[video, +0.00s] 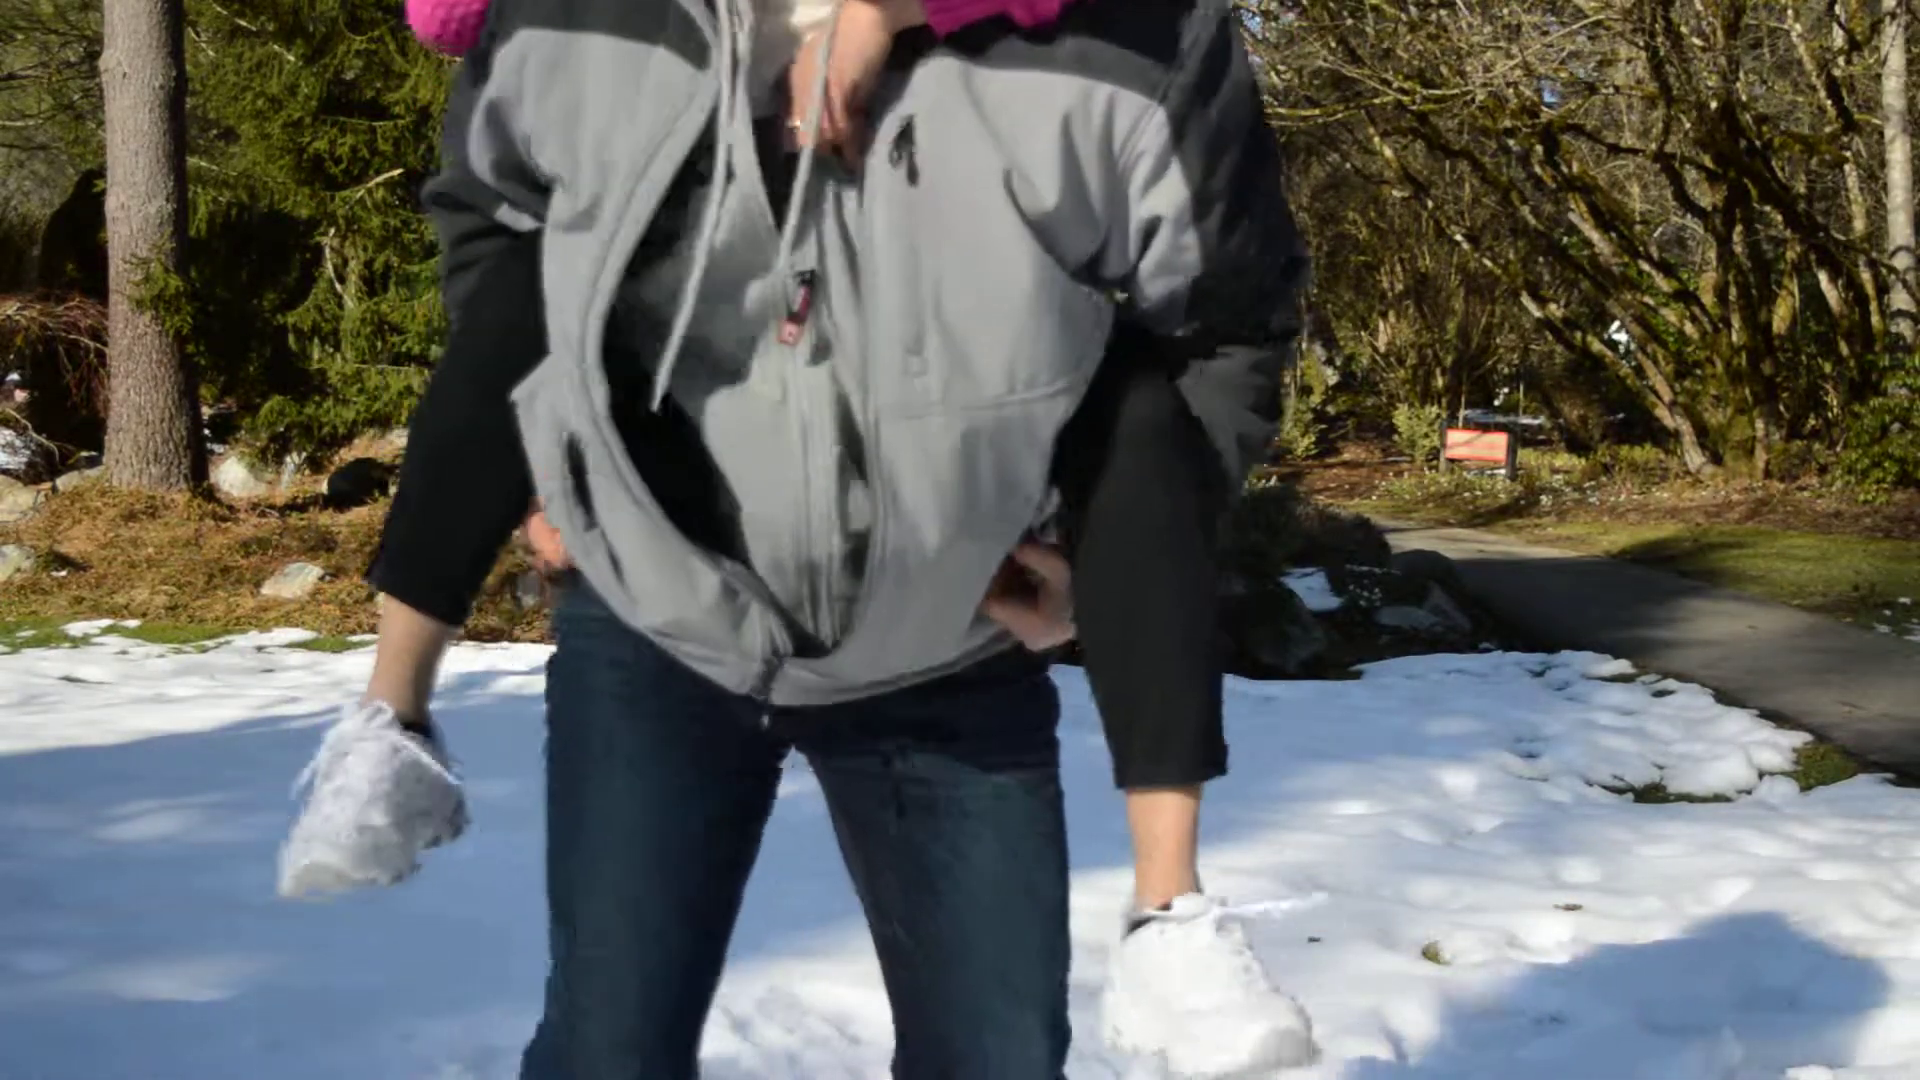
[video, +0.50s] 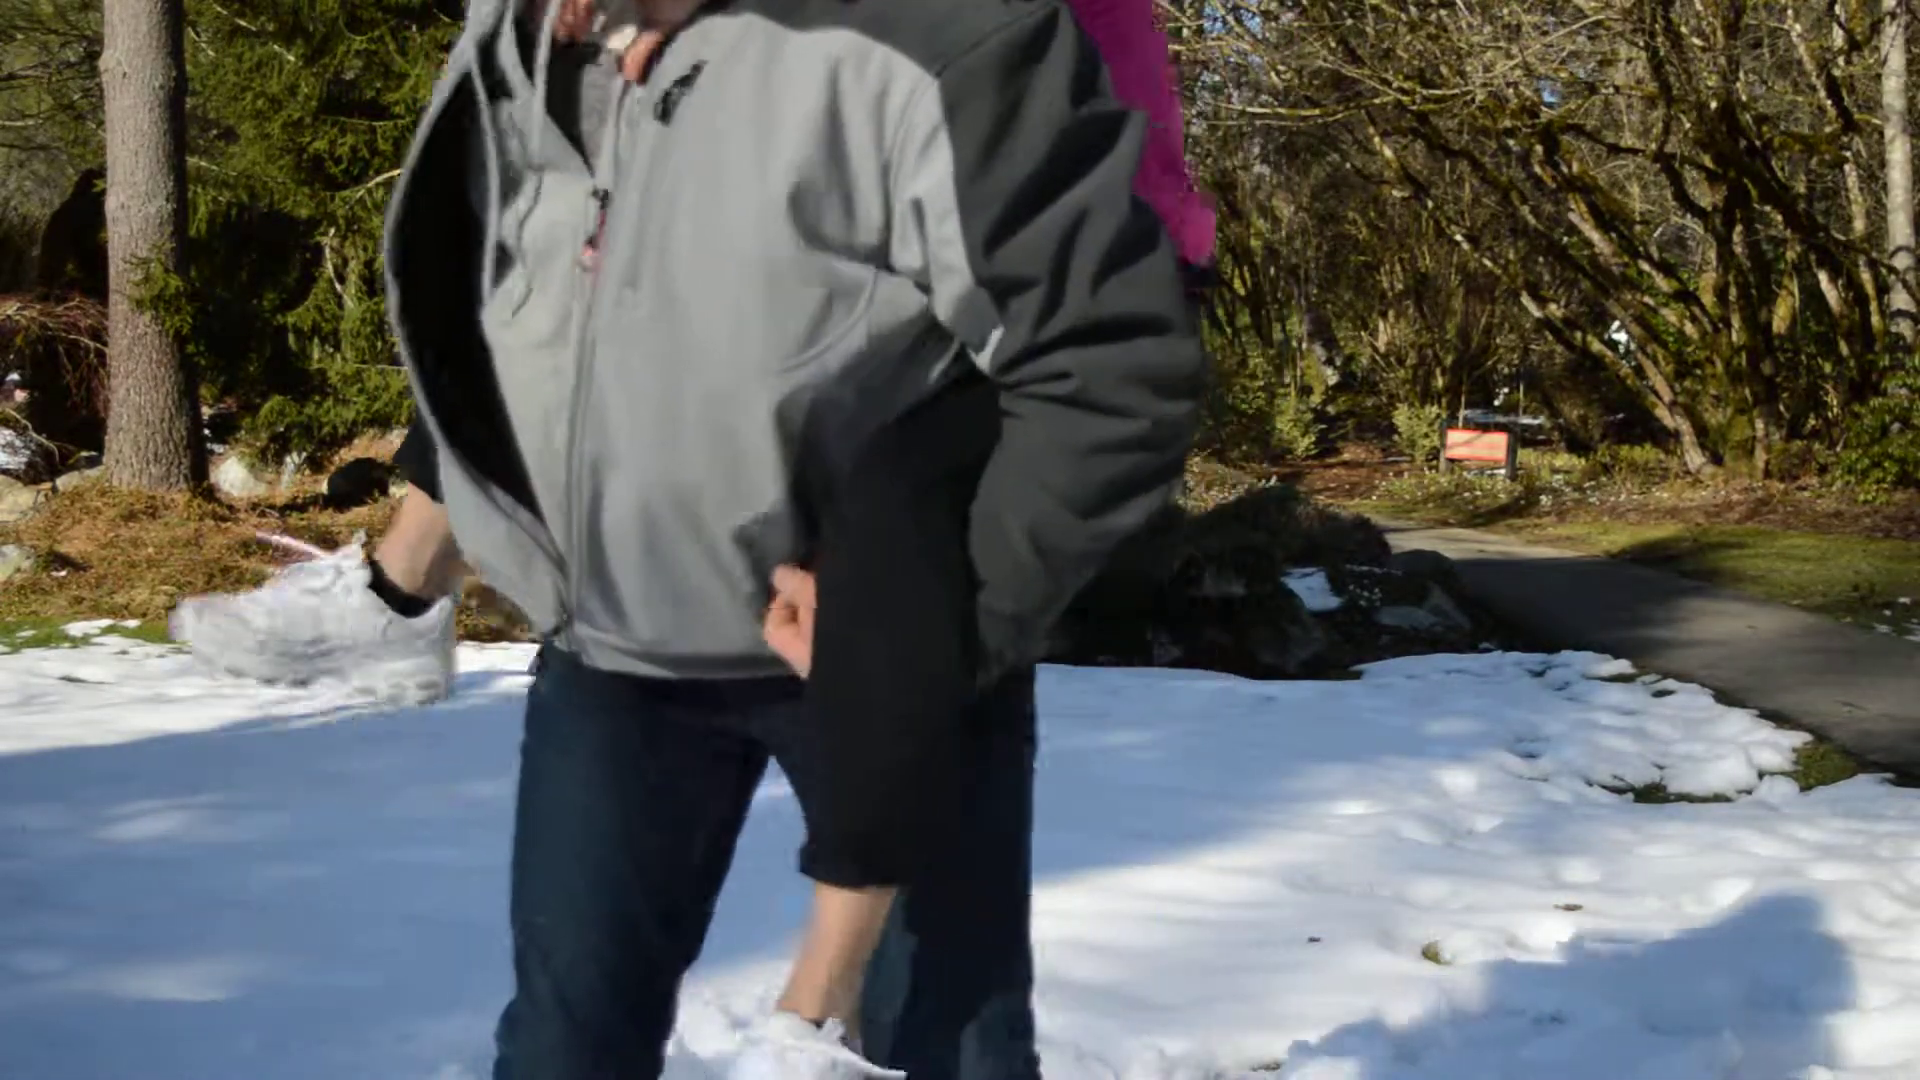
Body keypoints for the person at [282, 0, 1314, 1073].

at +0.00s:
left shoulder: (1150, 55)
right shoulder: (564, 28)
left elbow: (1237, 323)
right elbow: (485, 216)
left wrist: (1100, 567)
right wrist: (521, 446)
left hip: (957, 647)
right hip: (650, 619)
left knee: (1001, 1058)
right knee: (605, 1051)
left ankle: (1172, 914)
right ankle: (387, 719)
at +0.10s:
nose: (839, 9)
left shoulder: (1113, 130)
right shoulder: (557, 57)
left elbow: (1209, 435)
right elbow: (484, 307)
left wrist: (1056, 663)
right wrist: (498, 512)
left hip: (940, 752)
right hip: (624, 727)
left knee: (1100, 565)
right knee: (609, 1071)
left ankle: (1104, 1054)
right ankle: (385, 787)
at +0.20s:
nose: (794, 15)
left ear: (921, 17)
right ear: (692, 0)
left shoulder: (1055, 244)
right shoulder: (552, 156)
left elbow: (1186, 559)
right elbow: (479, 432)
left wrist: (1023, 796)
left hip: (914, 802)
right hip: (614, 782)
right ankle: (371, 841)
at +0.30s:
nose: (729, 21)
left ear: (864, 14)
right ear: (651, 1)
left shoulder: (995, 239)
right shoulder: (535, 143)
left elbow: (1160, 554)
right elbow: (489, 429)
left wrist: (999, 786)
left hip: (874, 800)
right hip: (590, 775)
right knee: (574, 1067)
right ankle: (357, 761)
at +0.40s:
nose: (607, 123)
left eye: (643, 85)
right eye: (584, 80)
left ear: (734, 34)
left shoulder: (971, 131)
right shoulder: (523, 46)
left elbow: (1139, 441)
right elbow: (497, 314)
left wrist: (971, 693)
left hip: (858, 725)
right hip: (591, 699)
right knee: (555, 1048)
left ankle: (919, 1047)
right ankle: (350, 653)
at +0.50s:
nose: (580, 18)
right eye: (565, 12)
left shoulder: (950, 46)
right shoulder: (515, 44)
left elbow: (1119, 358)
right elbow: (501, 276)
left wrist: (924, 619)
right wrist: (436, 485)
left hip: (893, 659)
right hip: (620, 654)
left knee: (953, 1052)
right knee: (564, 1043)